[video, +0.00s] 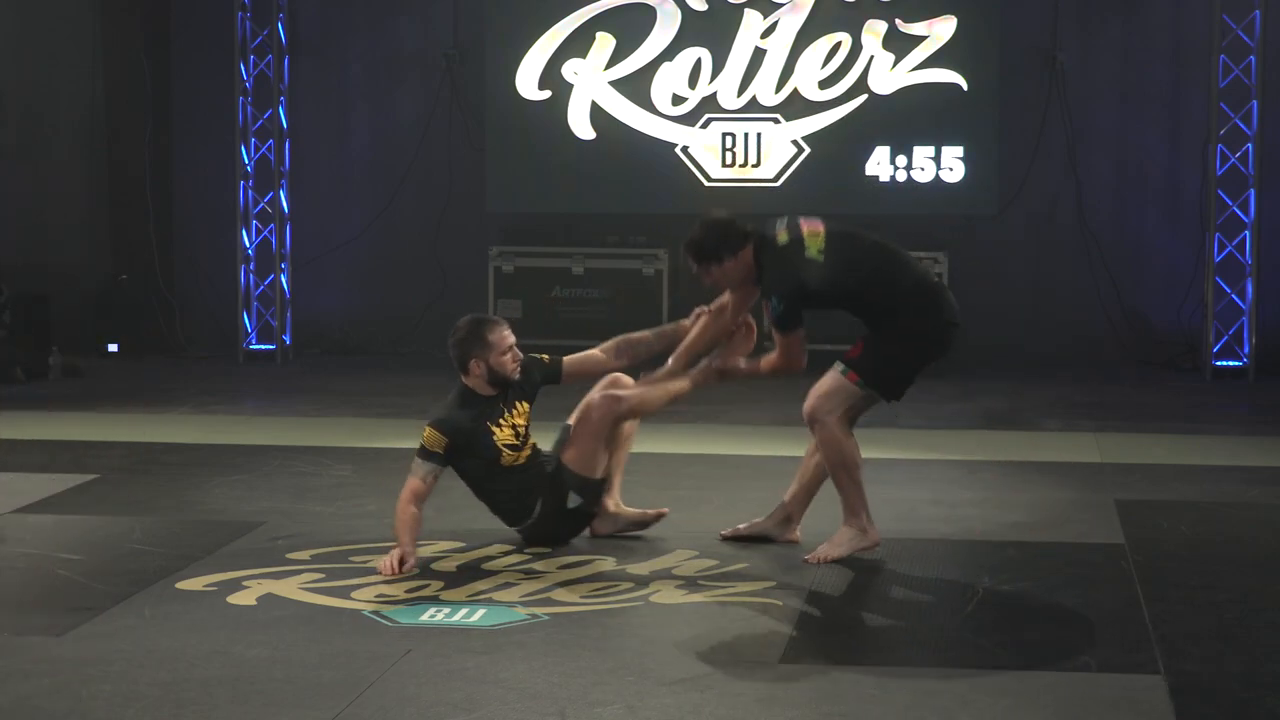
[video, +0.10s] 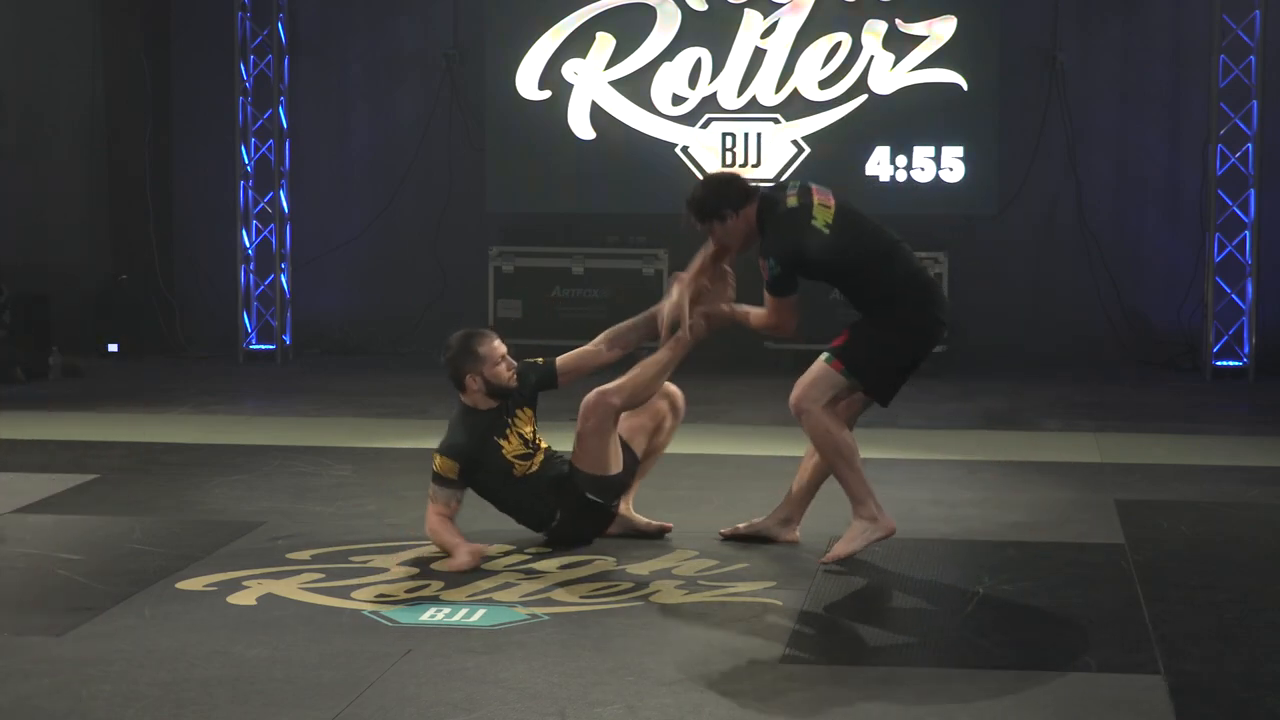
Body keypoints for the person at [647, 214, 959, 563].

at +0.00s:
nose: (709, 283)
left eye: (708, 272)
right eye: (704, 274)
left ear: (732, 259)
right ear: (735, 250)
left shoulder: (780, 279)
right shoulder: (770, 241)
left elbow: (791, 361)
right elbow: (726, 312)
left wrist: (743, 366)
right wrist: (670, 369)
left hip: (916, 317)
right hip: (916, 308)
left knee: (822, 409)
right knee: (834, 418)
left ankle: (859, 526)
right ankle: (785, 519)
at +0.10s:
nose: (714, 241)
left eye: (713, 230)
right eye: (709, 233)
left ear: (734, 215)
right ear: (739, 205)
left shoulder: (776, 244)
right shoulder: (782, 194)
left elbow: (781, 322)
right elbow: (723, 241)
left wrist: (726, 312)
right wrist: (682, 288)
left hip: (900, 312)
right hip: (918, 303)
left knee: (808, 400)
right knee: (838, 416)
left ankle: (870, 516)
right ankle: (785, 520)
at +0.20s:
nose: (717, 211)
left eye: (716, 201)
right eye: (710, 203)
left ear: (740, 186)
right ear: (751, 172)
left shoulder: (770, 221)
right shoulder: (799, 174)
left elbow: (748, 297)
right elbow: (749, 185)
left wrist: (696, 283)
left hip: (891, 308)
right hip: (915, 301)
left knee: (812, 418)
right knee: (841, 423)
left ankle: (873, 537)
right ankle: (787, 520)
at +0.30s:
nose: (722, 189)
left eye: (721, 178)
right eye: (717, 180)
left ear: (743, 166)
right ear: (761, 152)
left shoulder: (776, 205)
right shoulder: (816, 161)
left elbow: (724, 277)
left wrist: (656, 259)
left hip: (894, 303)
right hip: (916, 292)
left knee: (818, 420)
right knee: (839, 412)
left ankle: (872, 541)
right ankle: (806, 517)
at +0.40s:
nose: (729, 170)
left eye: (727, 159)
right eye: (724, 161)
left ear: (746, 146)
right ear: (767, 131)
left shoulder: (787, 181)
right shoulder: (821, 147)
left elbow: (743, 270)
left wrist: (666, 276)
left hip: (900, 288)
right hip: (919, 278)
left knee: (834, 415)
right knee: (851, 402)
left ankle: (874, 541)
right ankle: (867, 519)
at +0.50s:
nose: (733, 158)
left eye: (731, 147)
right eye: (728, 149)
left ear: (752, 134)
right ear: (770, 124)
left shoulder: (795, 165)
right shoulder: (832, 138)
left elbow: (789, 263)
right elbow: (883, 205)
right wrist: (853, 268)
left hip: (903, 282)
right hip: (928, 274)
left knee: (850, 412)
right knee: (880, 403)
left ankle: (874, 540)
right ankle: (936, 516)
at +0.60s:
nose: (741, 159)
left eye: (739, 147)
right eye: (736, 150)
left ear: (762, 134)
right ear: (772, 130)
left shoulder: (805, 164)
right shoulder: (833, 143)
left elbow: (839, 254)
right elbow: (893, 206)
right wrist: (884, 275)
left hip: (906, 289)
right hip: (942, 284)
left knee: (850, 412)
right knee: (928, 418)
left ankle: (874, 539)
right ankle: (978, 541)